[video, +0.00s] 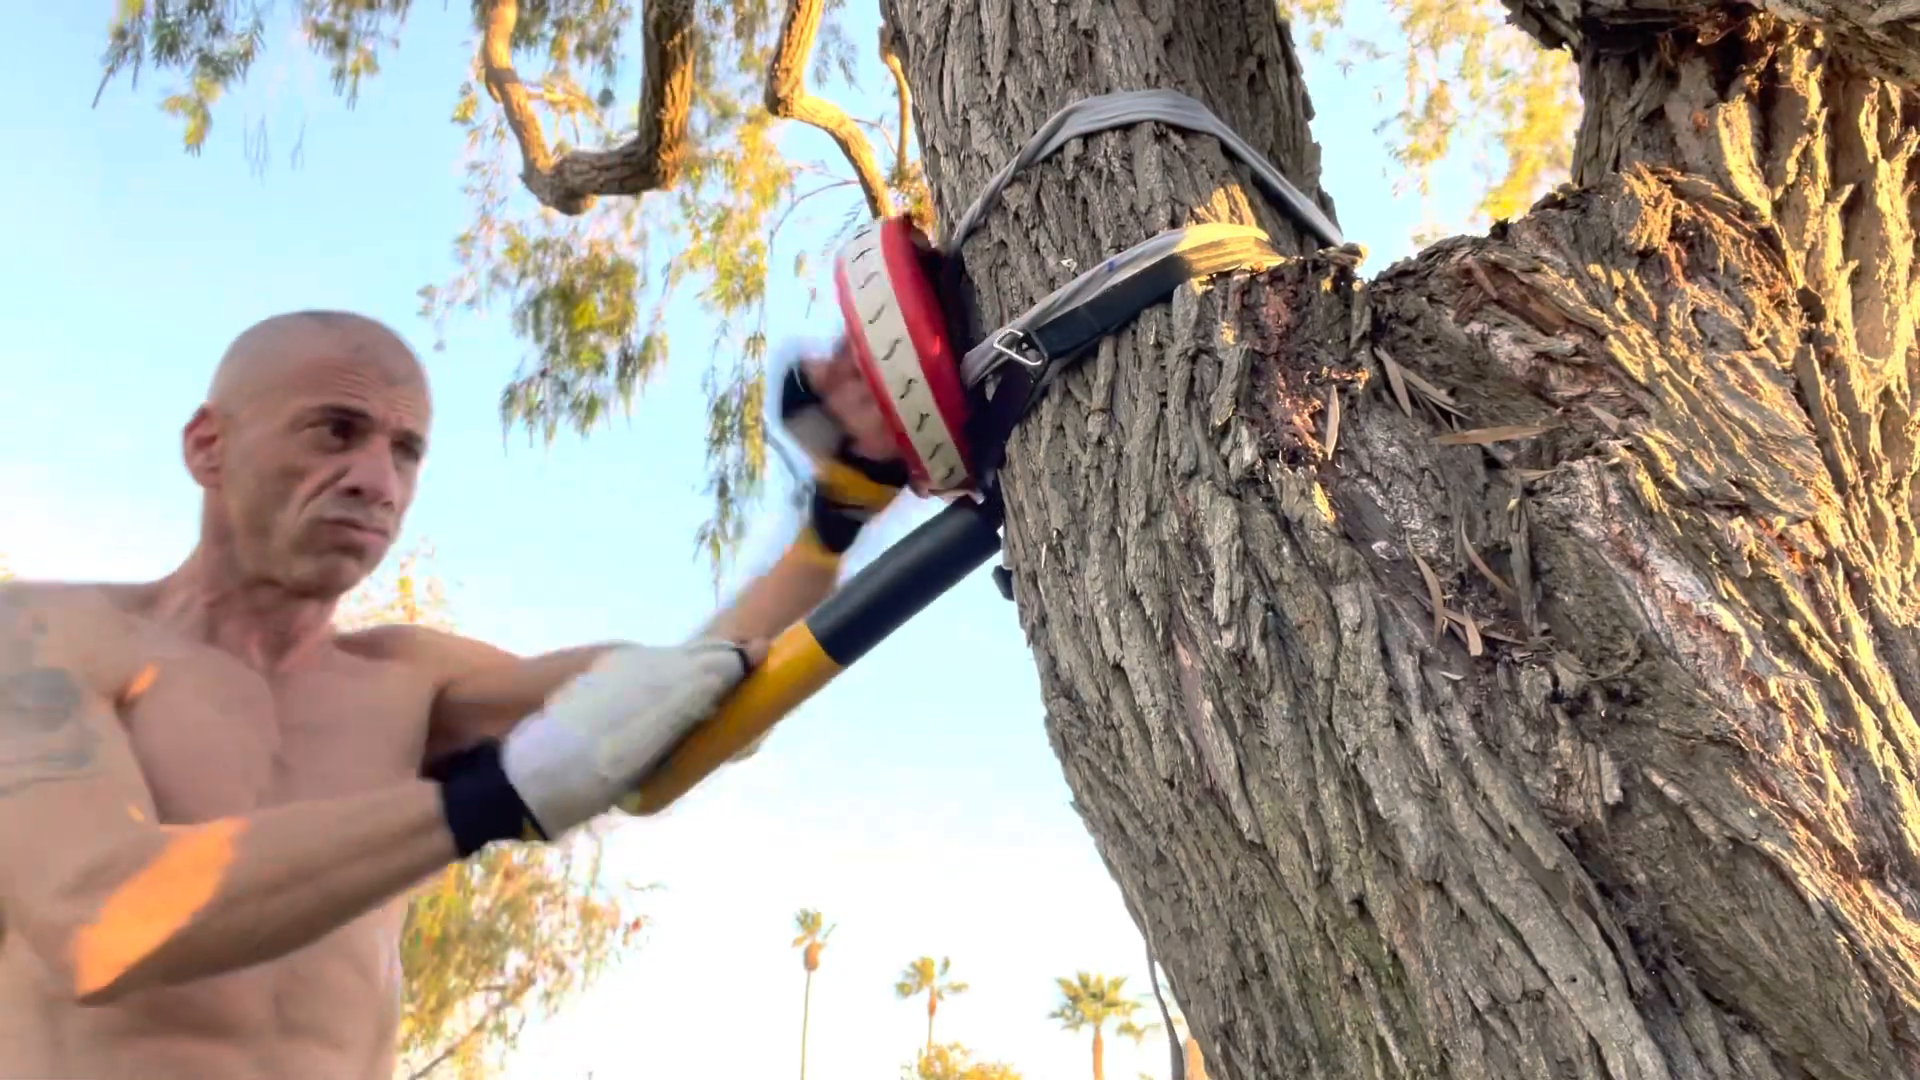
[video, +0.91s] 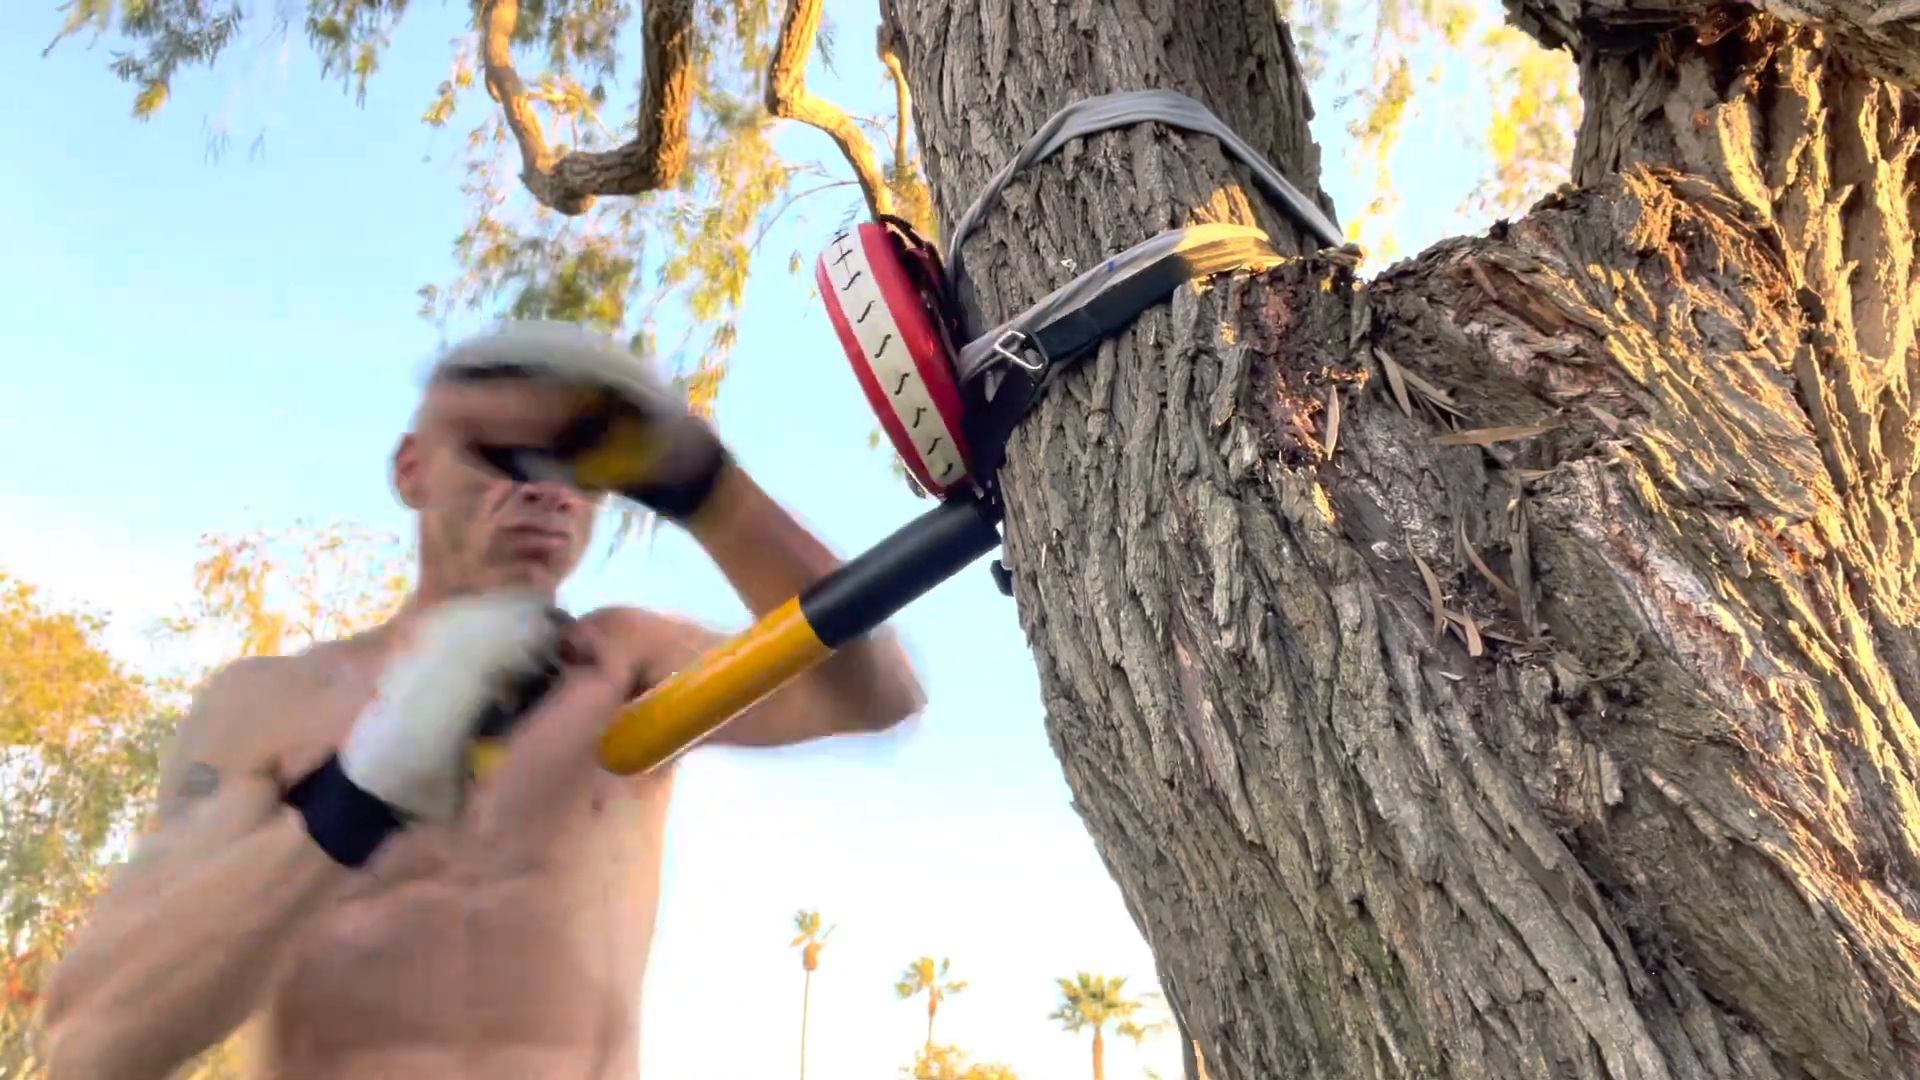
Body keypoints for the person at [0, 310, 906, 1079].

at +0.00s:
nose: (377, 480)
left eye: (404, 453)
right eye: (336, 430)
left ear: (418, 484)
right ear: (210, 449)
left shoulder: (412, 675)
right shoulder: (47, 638)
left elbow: (675, 716)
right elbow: (109, 927)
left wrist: (838, 514)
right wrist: (500, 792)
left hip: (340, 1062)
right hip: (96, 1065)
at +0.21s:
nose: (298, 480)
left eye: (329, 451)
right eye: (252, 432)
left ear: (346, 488)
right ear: (132, 459)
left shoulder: (377, 664)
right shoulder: (31, 673)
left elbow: (646, 721)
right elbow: (47, 931)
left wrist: (730, 504)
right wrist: (442, 792)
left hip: (362, 1058)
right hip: (115, 1064)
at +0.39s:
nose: (422, 471)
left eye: (450, 443)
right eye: (377, 429)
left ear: (474, 470)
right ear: (259, 459)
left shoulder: (499, 673)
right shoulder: (128, 725)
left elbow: (495, 520)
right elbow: (96, 1024)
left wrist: (82, 538)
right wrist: (453, 824)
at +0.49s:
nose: (512, 444)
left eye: (541, 419)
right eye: (468, 404)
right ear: (352, 444)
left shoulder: (575, 642)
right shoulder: (235, 729)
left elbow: (590, 457)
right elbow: (136, 1046)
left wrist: (240, 559)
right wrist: (461, 842)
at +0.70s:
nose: (632, 420)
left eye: (663, 399)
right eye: (591, 384)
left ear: (695, 433)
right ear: (494, 418)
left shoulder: (706, 613)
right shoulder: (367, 686)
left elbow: (875, 454)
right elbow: (174, 1029)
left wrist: (485, 477)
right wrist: (446, 858)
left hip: (635, 1056)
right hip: (397, 1062)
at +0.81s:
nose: (581, 469)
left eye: (622, 440)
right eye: (551, 430)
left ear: (652, 484)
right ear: (474, 461)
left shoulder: (670, 635)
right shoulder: (326, 706)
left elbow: (848, 526)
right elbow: (148, 1033)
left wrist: (498, 404)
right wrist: (435, 855)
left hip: (609, 1055)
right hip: (383, 1059)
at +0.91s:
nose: (549, 493)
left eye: (575, 467)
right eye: (503, 457)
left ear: (604, 502)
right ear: (411, 475)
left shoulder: (629, 654)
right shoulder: (262, 701)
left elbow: (875, 694)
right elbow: (87, 1044)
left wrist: (696, 480)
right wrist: (362, 797)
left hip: (567, 1053)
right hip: (323, 1062)